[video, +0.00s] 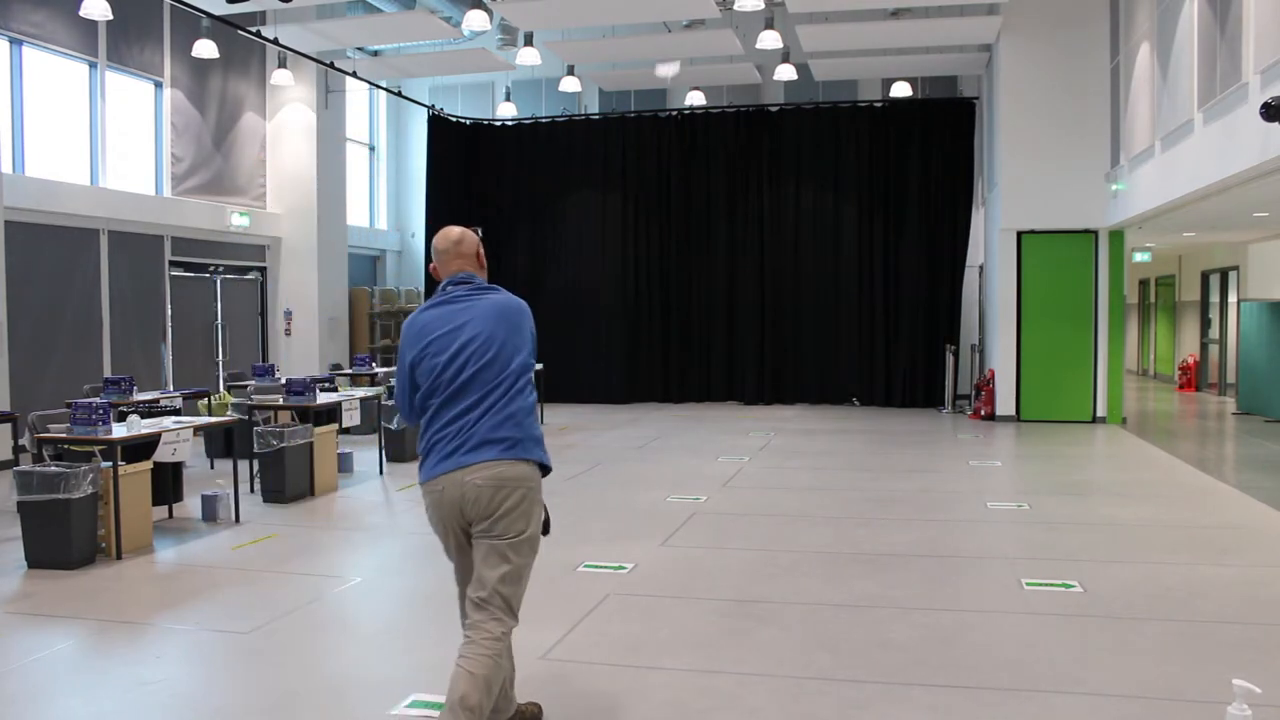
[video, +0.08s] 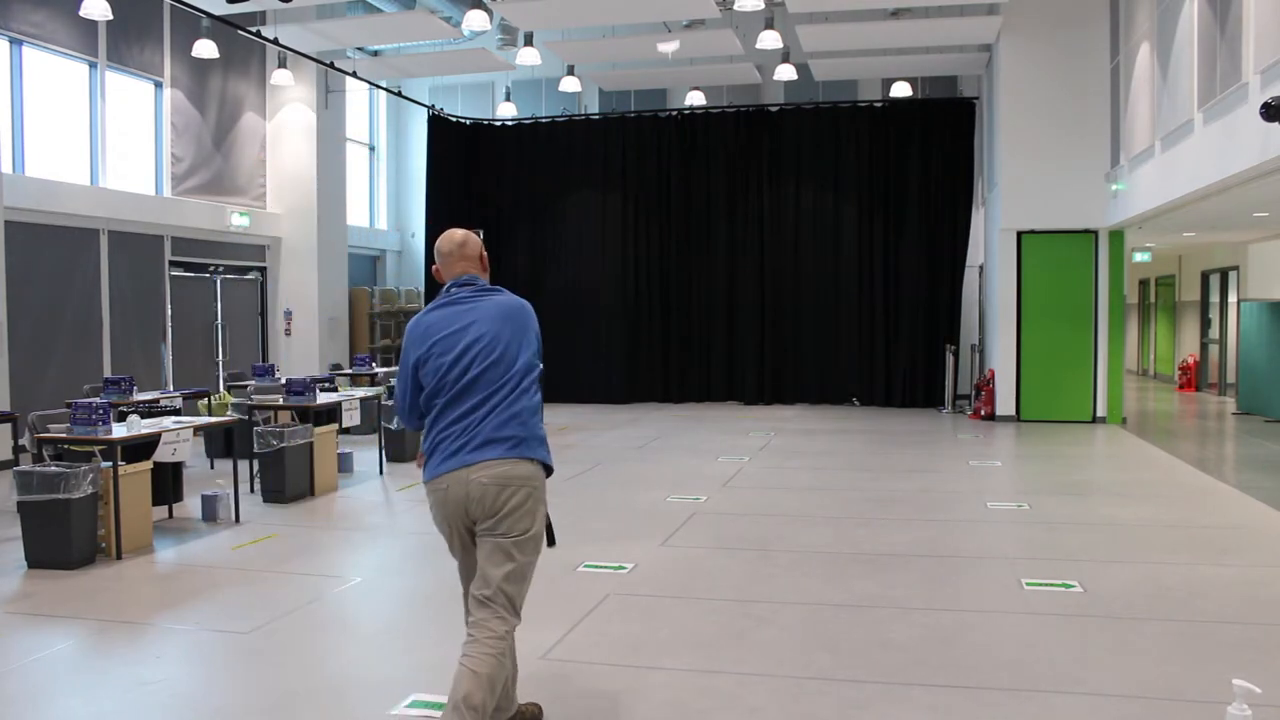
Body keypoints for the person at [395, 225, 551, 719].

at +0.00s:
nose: (485, 257)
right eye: (483, 250)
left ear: (435, 270)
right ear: (483, 261)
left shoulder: (416, 324)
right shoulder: (516, 310)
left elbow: (408, 408)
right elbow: (517, 379)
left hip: (441, 481)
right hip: (508, 473)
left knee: (479, 604)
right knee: (491, 616)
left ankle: (502, 709)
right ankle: (460, 716)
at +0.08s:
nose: (486, 260)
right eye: (485, 253)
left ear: (437, 272)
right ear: (486, 262)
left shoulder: (420, 326)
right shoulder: (520, 311)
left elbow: (409, 410)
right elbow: (522, 381)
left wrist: (431, 436)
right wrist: (434, 437)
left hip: (446, 479)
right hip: (513, 471)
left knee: (482, 599)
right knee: (495, 611)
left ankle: (503, 708)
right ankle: (462, 716)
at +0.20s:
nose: (490, 259)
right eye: (488, 253)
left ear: (440, 271)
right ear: (488, 261)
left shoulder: (423, 327)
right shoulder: (524, 312)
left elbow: (407, 413)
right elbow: (540, 391)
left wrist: (453, 409)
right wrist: (499, 412)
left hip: (448, 480)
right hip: (515, 472)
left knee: (489, 600)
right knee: (495, 610)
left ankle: (504, 708)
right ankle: (462, 716)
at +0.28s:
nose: (492, 260)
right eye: (490, 254)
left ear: (442, 271)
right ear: (490, 262)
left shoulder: (423, 327)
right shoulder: (525, 312)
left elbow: (406, 413)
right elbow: (544, 401)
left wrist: (453, 406)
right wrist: (498, 407)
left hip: (448, 483)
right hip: (515, 476)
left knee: (490, 599)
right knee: (494, 611)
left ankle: (503, 708)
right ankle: (462, 717)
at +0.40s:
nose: (492, 262)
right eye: (491, 255)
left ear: (443, 270)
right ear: (491, 263)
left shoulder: (422, 327)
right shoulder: (524, 313)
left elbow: (404, 413)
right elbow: (546, 404)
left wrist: (451, 406)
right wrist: (502, 414)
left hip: (444, 484)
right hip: (511, 478)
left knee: (489, 601)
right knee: (493, 612)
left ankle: (504, 708)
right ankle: (463, 717)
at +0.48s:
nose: (492, 262)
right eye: (490, 256)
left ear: (441, 270)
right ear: (491, 263)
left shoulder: (420, 327)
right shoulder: (523, 313)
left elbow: (403, 415)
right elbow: (545, 404)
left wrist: (450, 408)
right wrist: (502, 416)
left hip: (443, 485)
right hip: (509, 480)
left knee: (488, 601)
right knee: (492, 614)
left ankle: (503, 708)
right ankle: (463, 717)